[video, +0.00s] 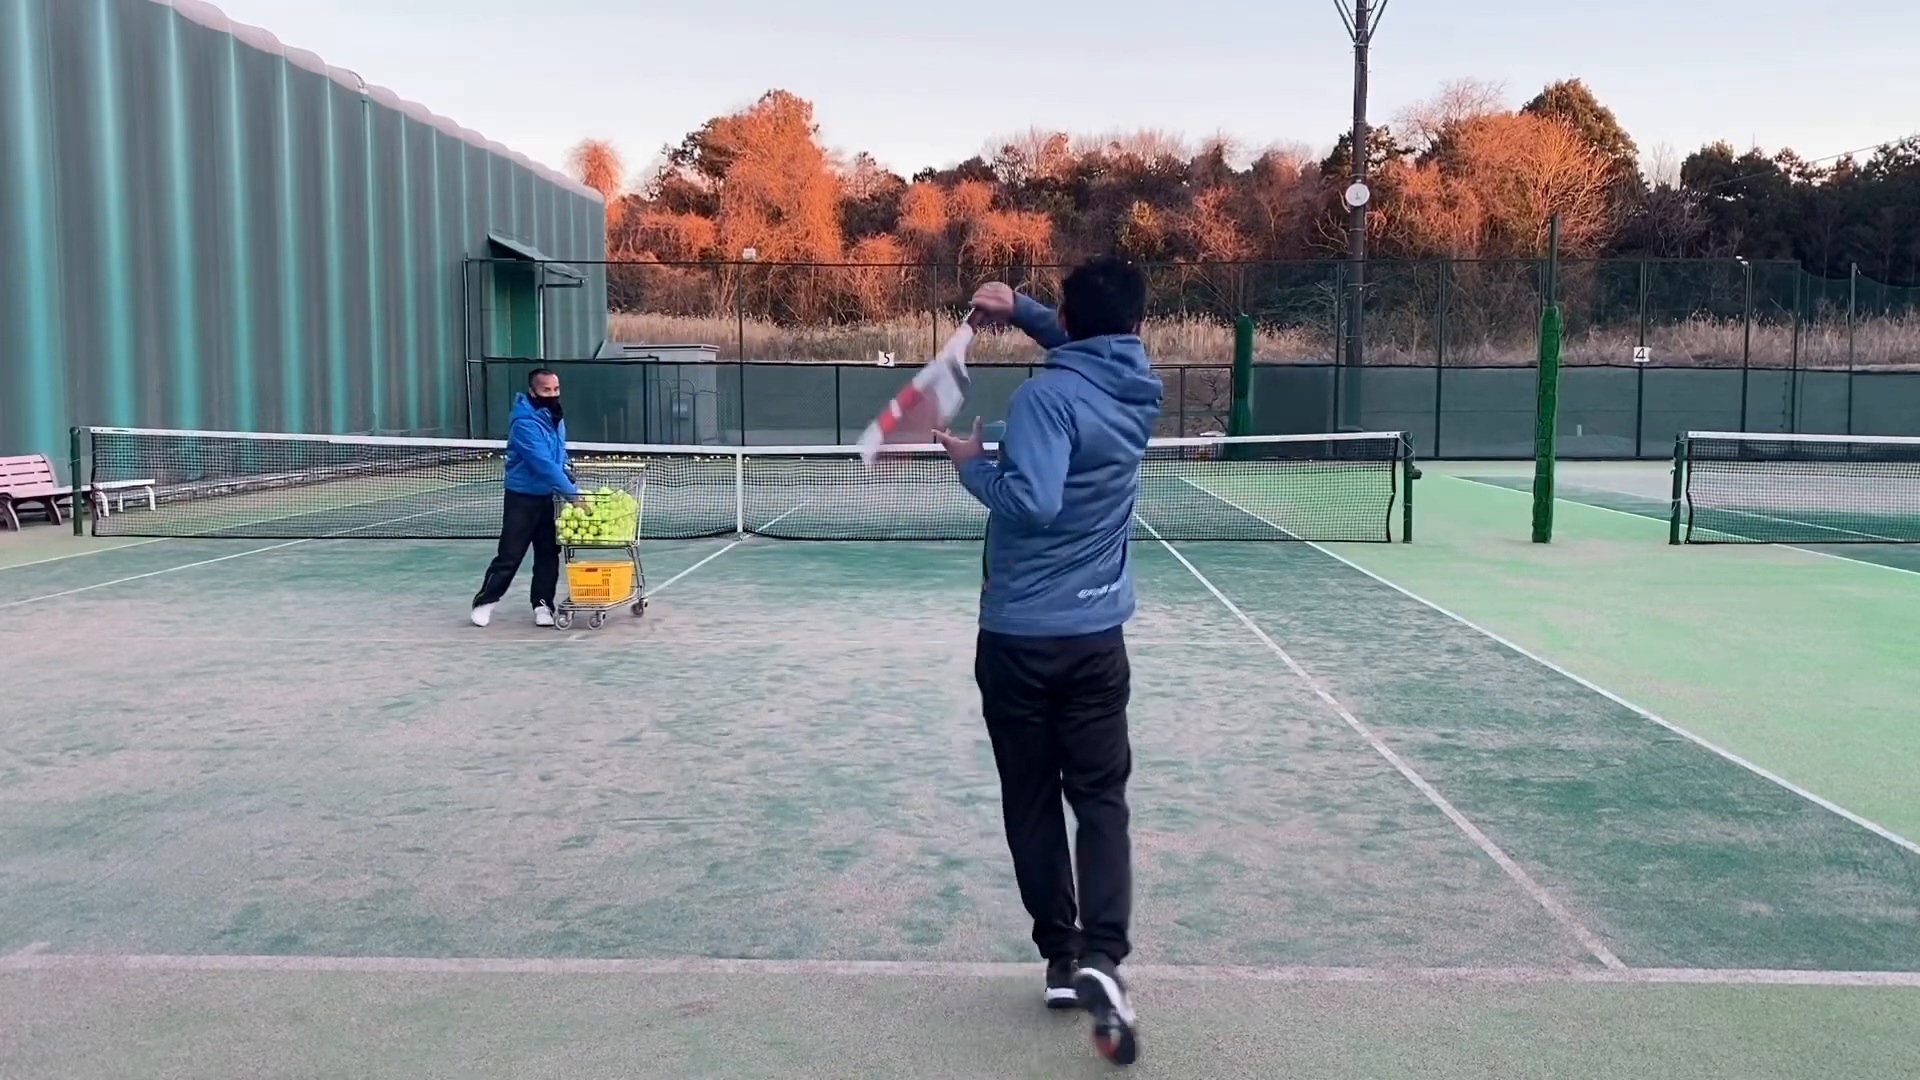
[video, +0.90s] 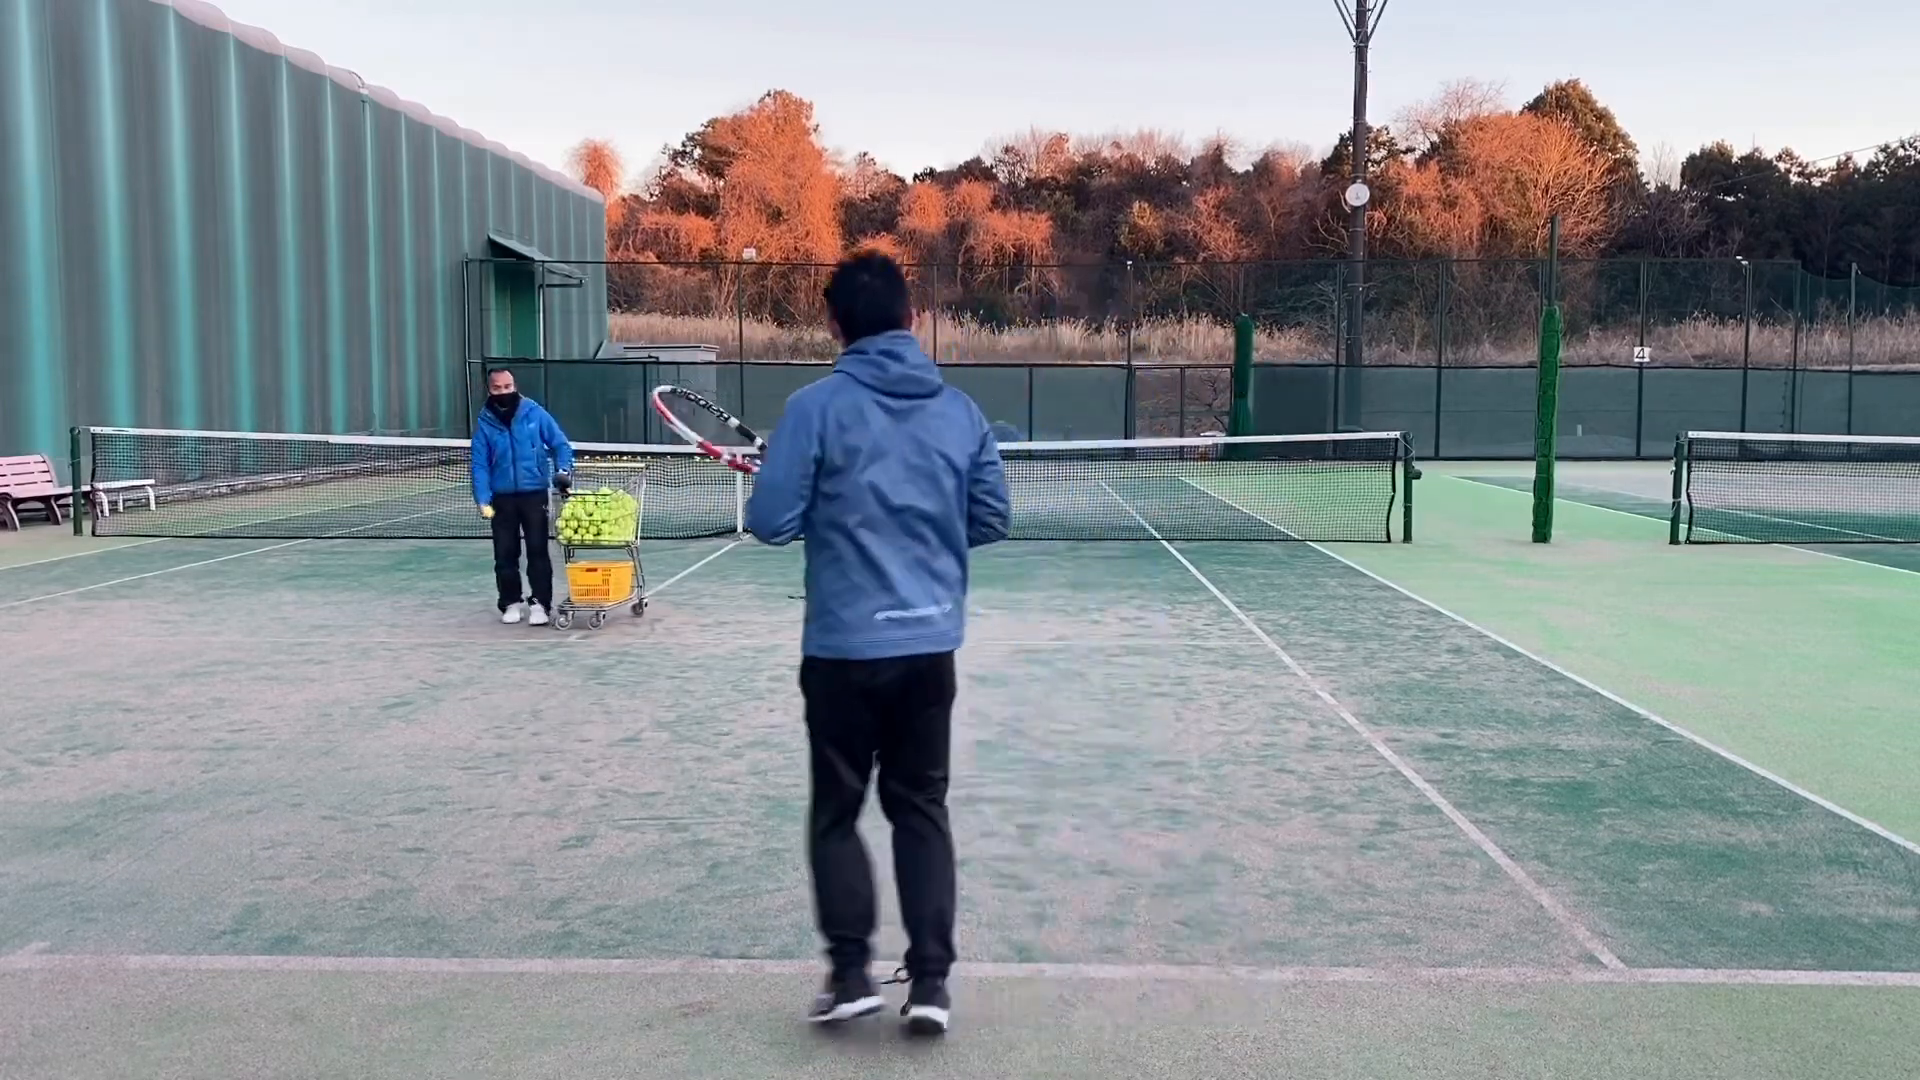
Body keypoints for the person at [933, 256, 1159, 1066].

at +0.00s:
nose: (1056, 317)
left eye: (1063, 309)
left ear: (1068, 320)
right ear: (1135, 326)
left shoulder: (1045, 395)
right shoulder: (1139, 386)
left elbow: (1034, 499)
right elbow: (1075, 337)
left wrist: (970, 460)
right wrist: (1018, 305)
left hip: (1018, 637)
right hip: (1097, 636)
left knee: (1031, 803)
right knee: (1102, 796)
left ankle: (1063, 961)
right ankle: (1102, 961)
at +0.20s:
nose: (1035, 331)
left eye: (1039, 321)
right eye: (1041, 319)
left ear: (1047, 329)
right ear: (1114, 327)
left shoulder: (1057, 414)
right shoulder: (1125, 387)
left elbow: (1070, 534)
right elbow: (1054, 397)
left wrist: (994, 486)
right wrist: (990, 402)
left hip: (1057, 654)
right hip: (1129, 643)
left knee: (1056, 812)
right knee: (1153, 794)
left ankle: (1095, 972)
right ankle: (1203, 952)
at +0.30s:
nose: (1025, 351)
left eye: (1029, 343)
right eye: (1031, 340)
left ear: (1039, 355)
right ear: (1100, 353)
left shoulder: (1063, 435)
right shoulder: (1113, 419)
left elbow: (1075, 554)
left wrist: (994, 524)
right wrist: (1035, 481)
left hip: (1077, 678)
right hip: (1141, 666)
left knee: (1022, 812)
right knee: (1163, 809)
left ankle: (1094, 952)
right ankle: (1237, 958)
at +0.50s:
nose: (981, 403)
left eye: (983, 393)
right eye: (983, 392)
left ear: (992, 402)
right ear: (1059, 395)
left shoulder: (1019, 477)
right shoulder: (1083, 465)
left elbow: (1019, 594)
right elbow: (1105, 567)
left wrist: (957, 589)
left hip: (1059, 706)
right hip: (1116, 697)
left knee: (940, 791)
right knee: (1146, 835)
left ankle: (979, 950)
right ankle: (1243, 970)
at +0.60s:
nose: (938, 388)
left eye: (938, 379)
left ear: (947, 389)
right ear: (1021, 383)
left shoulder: (957, 469)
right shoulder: (1053, 464)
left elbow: (938, 588)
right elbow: (1088, 570)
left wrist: (911, 571)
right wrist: (999, 559)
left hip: (992, 708)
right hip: (1070, 695)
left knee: (911, 826)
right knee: (1124, 826)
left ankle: (937, 991)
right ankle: (1231, 962)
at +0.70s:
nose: (897, 365)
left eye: (899, 356)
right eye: (899, 355)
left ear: (910, 363)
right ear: (978, 359)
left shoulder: (895, 442)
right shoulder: (1016, 443)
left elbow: (859, 554)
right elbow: (1054, 542)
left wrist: (868, 509)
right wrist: (979, 550)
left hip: (932, 689)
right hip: (1016, 679)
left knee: (898, 835)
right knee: (1057, 810)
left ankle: (938, 991)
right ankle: (1157, 952)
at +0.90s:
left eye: (832, 319)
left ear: (837, 324)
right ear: (909, 317)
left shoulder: (817, 406)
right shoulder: (958, 408)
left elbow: (769, 519)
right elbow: (992, 515)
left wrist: (823, 500)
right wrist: (922, 526)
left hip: (843, 649)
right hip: (930, 646)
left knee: (835, 810)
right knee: (921, 802)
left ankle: (850, 976)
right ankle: (930, 982)